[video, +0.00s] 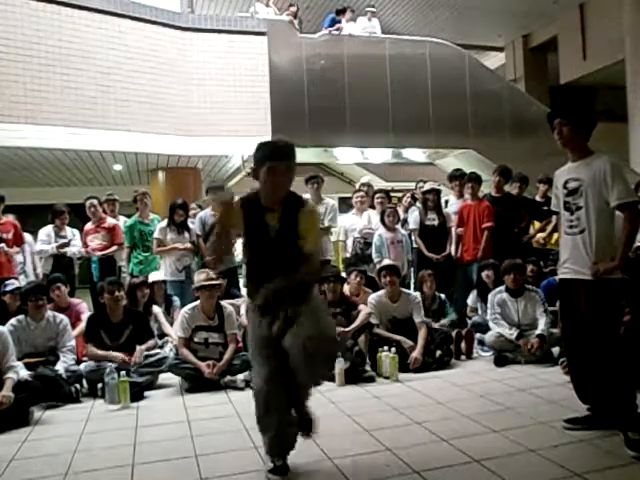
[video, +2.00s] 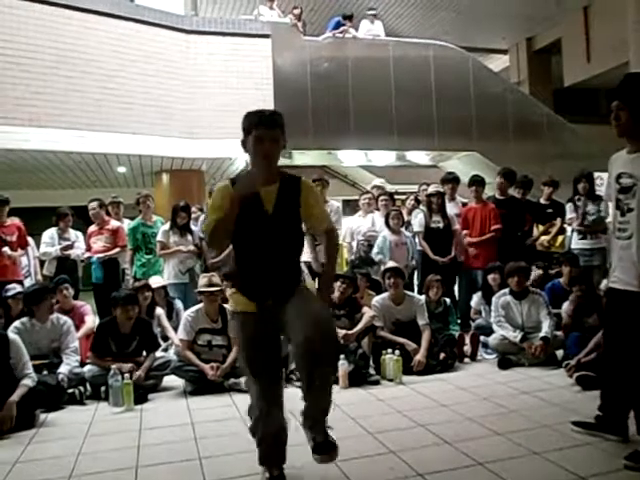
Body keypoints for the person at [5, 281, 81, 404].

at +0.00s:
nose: (39, 303)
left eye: (42, 299)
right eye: (34, 300)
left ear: (47, 301)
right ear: (25, 305)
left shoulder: (60, 321)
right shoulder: (14, 326)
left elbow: (69, 352)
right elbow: (10, 359)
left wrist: (58, 371)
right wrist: (24, 375)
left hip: (53, 367)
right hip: (28, 370)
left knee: (76, 374)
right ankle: (69, 394)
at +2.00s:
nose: (53, 302)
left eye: (53, 298)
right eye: (48, 299)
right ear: (35, 305)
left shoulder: (64, 323)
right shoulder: (18, 329)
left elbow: (71, 353)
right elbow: (15, 359)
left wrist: (63, 372)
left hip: (58, 368)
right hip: (32, 371)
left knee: (79, 375)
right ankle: (69, 397)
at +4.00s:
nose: (44, 305)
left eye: (47, 301)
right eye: (39, 302)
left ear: (53, 303)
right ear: (31, 305)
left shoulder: (64, 323)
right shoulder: (18, 328)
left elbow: (72, 353)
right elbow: (15, 357)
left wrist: (63, 373)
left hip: (58, 369)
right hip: (32, 372)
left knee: (79, 375)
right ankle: (69, 397)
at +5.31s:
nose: (44, 306)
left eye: (47, 301)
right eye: (39, 302)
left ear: (53, 303)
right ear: (31, 305)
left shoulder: (64, 323)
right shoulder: (19, 328)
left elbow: (72, 354)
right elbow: (14, 356)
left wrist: (63, 373)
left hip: (57, 369)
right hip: (31, 371)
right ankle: (70, 397)